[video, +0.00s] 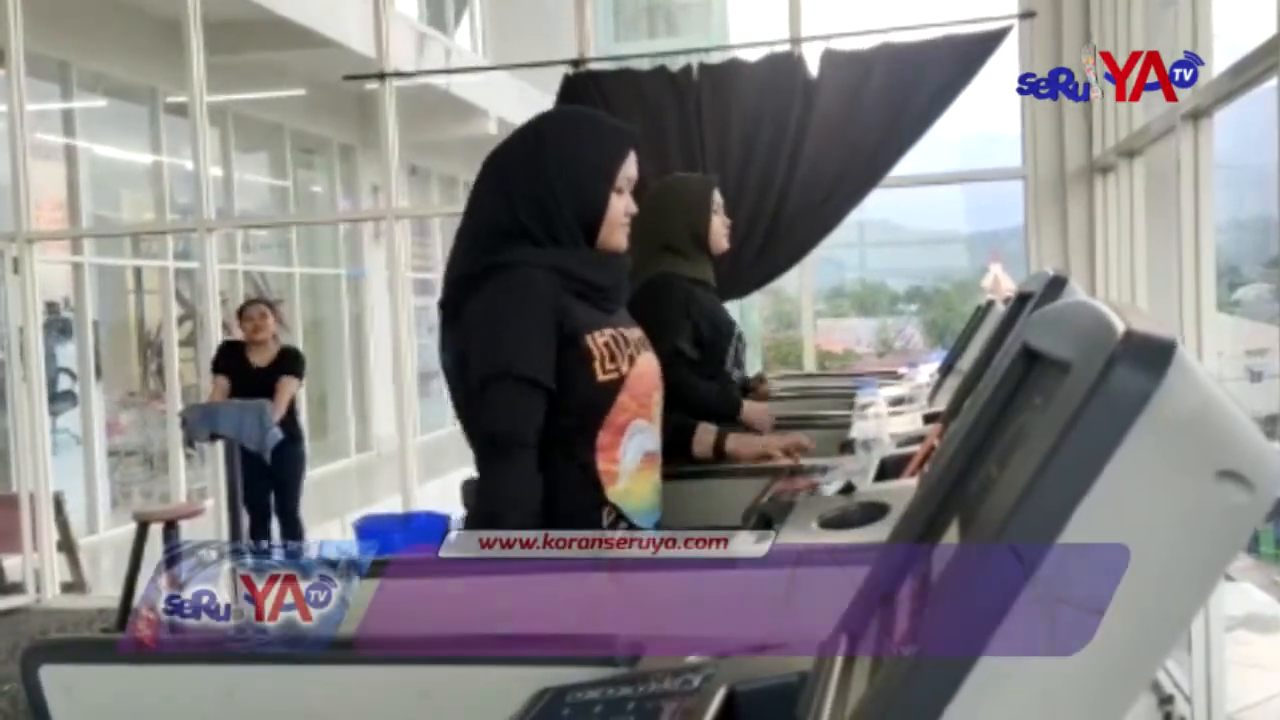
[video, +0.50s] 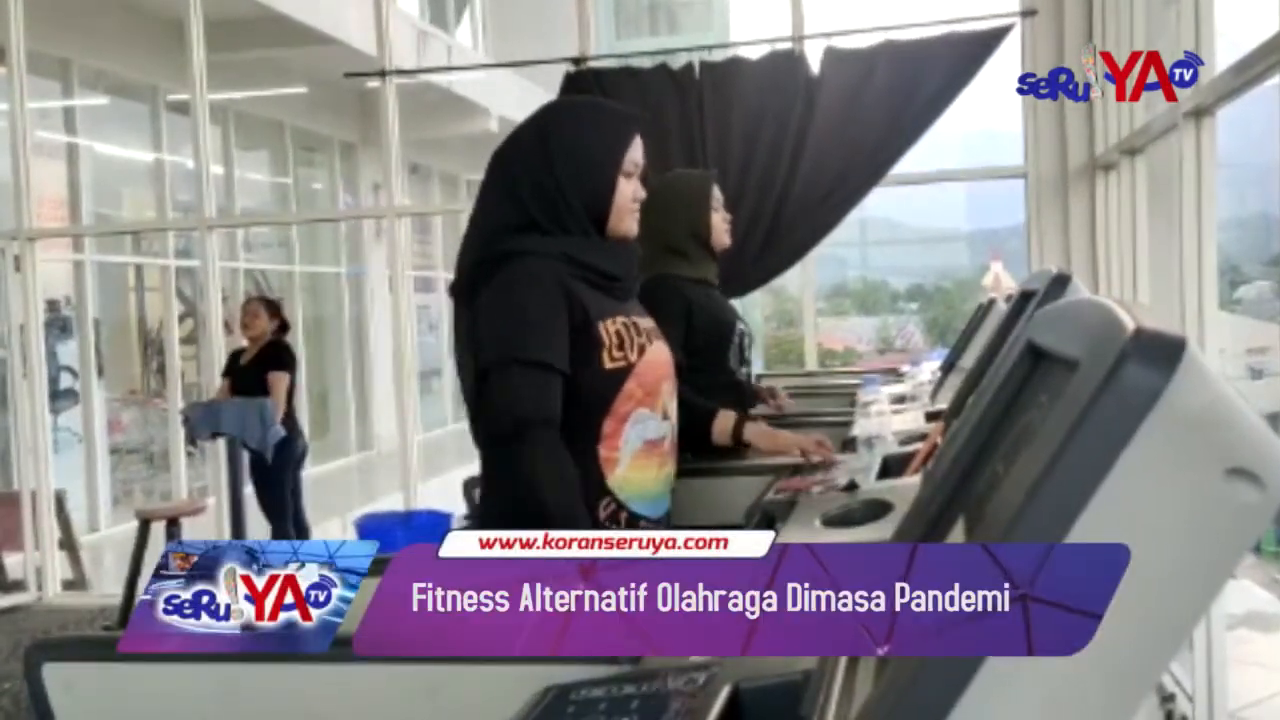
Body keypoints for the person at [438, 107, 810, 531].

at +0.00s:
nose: (634, 207)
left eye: (632, 192)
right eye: (621, 191)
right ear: (571, 188)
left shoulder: (587, 287)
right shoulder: (518, 294)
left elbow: (618, 421)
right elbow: (508, 458)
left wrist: (729, 443)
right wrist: (513, 581)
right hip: (562, 550)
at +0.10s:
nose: (630, 202)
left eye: (629, 186)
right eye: (618, 186)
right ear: (567, 183)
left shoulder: (580, 278)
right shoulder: (517, 284)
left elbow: (622, 406)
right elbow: (524, 449)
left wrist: (740, 438)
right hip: (532, 550)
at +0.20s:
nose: (631, 207)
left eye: (628, 191)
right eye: (619, 190)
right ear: (573, 187)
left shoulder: (585, 283)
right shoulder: (527, 286)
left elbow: (630, 408)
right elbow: (547, 434)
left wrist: (741, 435)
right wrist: (645, 518)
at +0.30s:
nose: (633, 215)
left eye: (631, 199)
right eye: (621, 198)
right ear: (573, 196)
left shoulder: (590, 294)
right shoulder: (529, 297)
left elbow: (633, 418)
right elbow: (559, 441)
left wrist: (739, 439)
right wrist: (664, 514)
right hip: (543, 553)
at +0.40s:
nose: (637, 205)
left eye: (635, 190)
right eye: (623, 189)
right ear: (574, 190)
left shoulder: (598, 290)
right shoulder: (533, 294)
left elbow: (639, 417)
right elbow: (548, 447)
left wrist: (749, 440)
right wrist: (643, 530)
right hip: (561, 555)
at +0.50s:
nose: (642, 192)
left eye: (640, 177)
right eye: (629, 175)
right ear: (579, 174)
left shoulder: (603, 276)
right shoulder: (527, 283)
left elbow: (644, 403)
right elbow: (525, 447)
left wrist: (752, 434)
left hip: (632, 527)